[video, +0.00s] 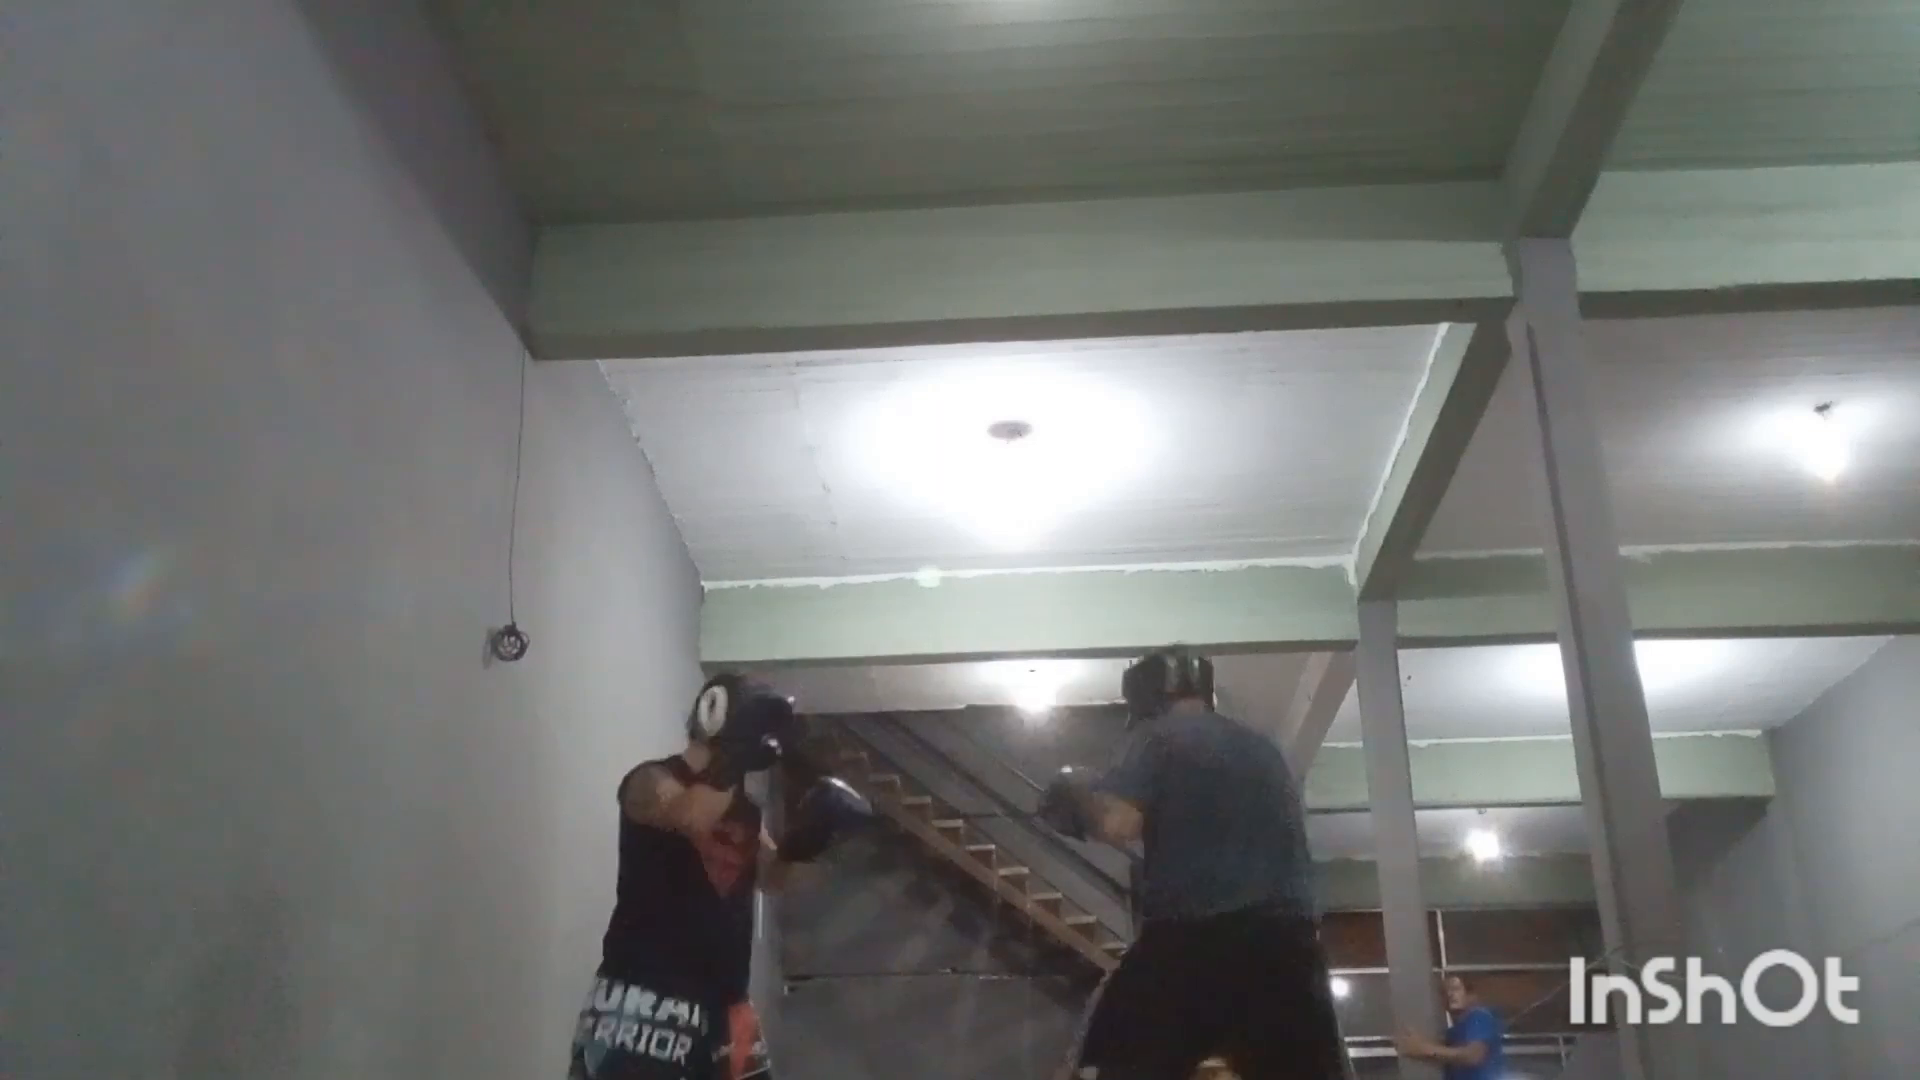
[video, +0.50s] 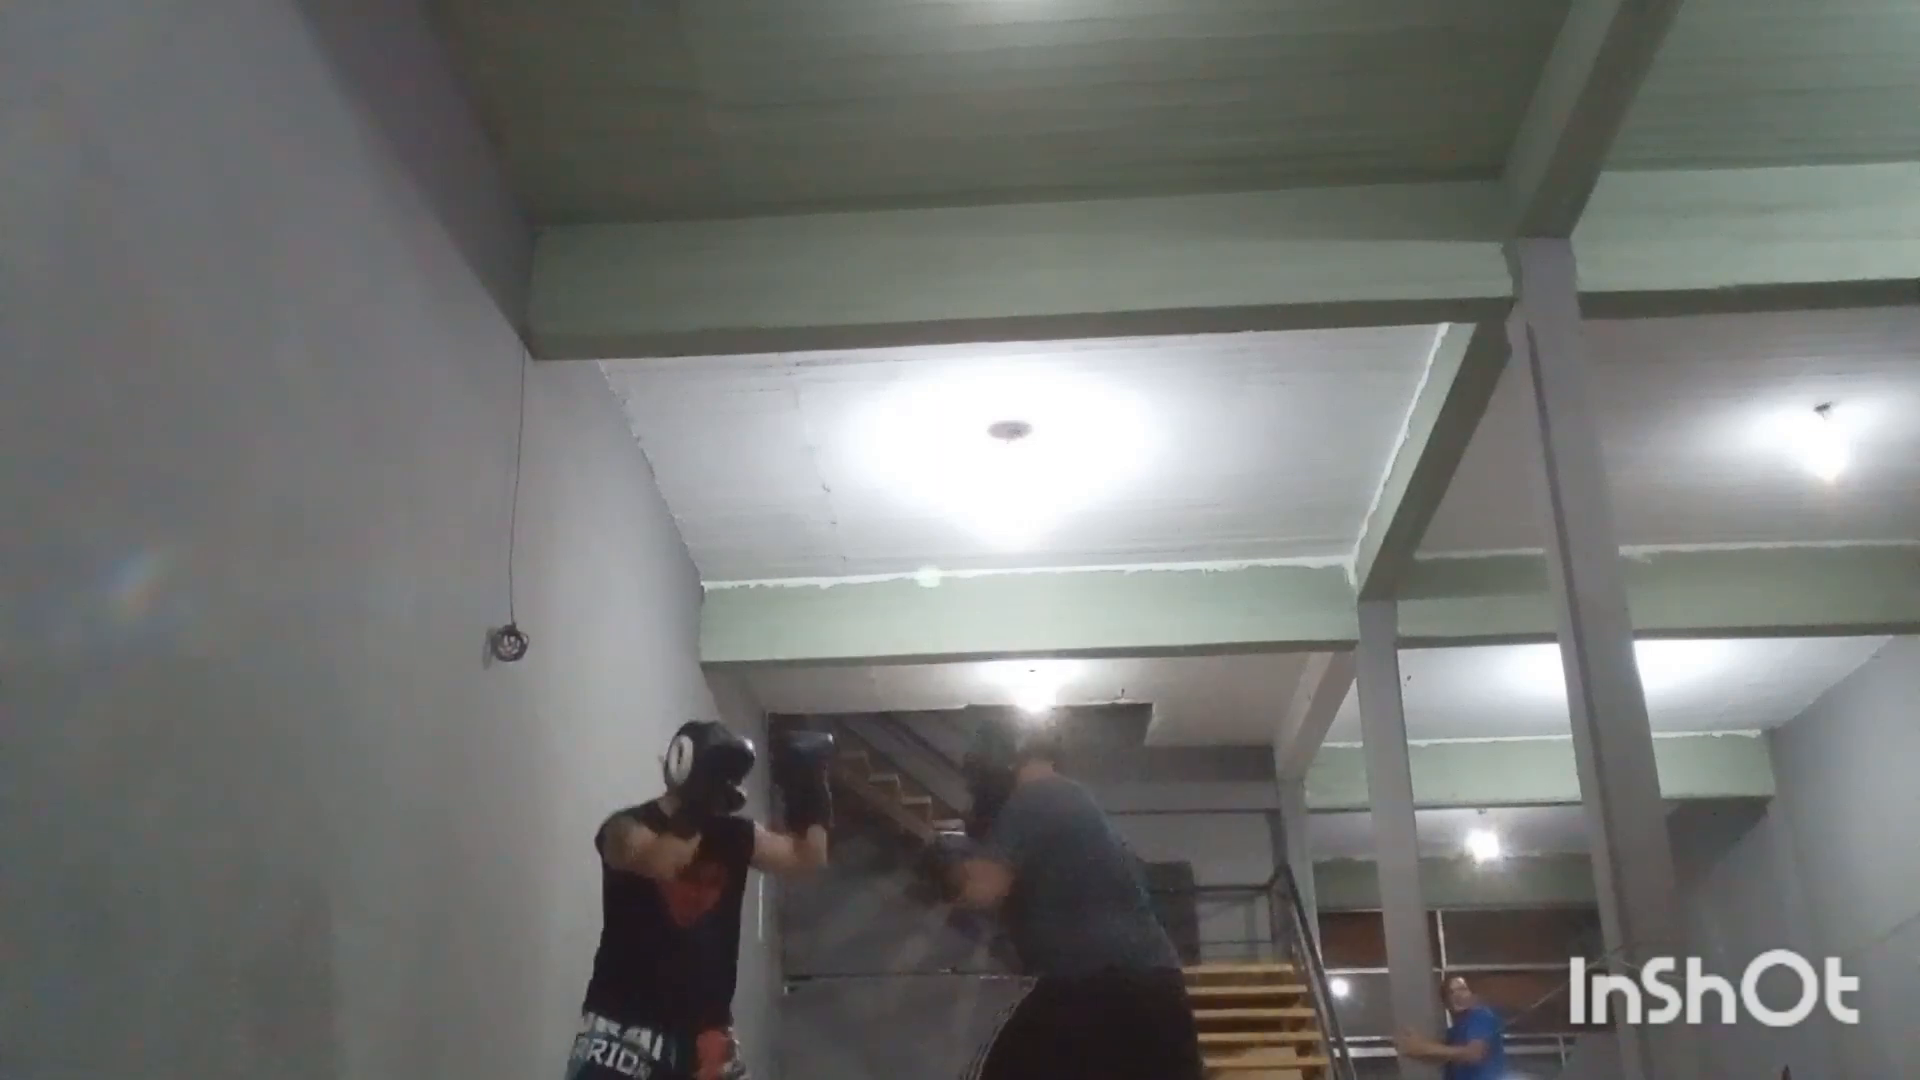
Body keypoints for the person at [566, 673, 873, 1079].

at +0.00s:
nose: (757, 735)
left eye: (765, 723)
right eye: (750, 721)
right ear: (716, 716)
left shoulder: (745, 810)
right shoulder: (648, 781)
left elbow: (773, 878)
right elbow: (691, 819)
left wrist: (809, 840)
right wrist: (735, 755)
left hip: (716, 1010)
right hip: (641, 1009)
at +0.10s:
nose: (734, 751)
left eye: (736, 741)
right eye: (724, 736)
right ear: (692, 732)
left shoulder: (724, 819)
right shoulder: (628, 803)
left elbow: (755, 885)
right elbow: (674, 840)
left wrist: (797, 834)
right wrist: (713, 774)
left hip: (714, 1021)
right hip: (637, 1022)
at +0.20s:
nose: (719, 776)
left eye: (722, 765)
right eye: (711, 762)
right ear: (674, 750)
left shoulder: (708, 825)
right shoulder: (610, 819)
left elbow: (747, 891)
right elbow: (654, 860)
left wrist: (783, 836)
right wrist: (694, 788)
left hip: (702, 1028)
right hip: (623, 1031)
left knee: (747, 1070)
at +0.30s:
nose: (713, 766)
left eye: (721, 755)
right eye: (705, 750)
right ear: (668, 744)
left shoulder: (713, 818)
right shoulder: (606, 814)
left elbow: (768, 880)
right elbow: (640, 861)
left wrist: (786, 814)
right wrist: (685, 785)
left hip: (707, 1022)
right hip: (622, 1027)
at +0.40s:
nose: (718, 766)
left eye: (724, 755)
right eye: (709, 752)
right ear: (677, 744)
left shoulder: (727, 815)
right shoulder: (614, 812)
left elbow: (793, 858)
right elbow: (646, 853)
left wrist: (800, 791)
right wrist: (689, 784)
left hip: (707, 1021)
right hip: (625, 1020)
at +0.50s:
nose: (725, 786)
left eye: (728, 776)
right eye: (716, 774)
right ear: (690, 767)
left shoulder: (733, 835)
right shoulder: (623, 828)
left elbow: (808, 858)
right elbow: (660, 864)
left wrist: (810, 780)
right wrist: (698, 798)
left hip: (704, 1035)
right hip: (622, 1031)